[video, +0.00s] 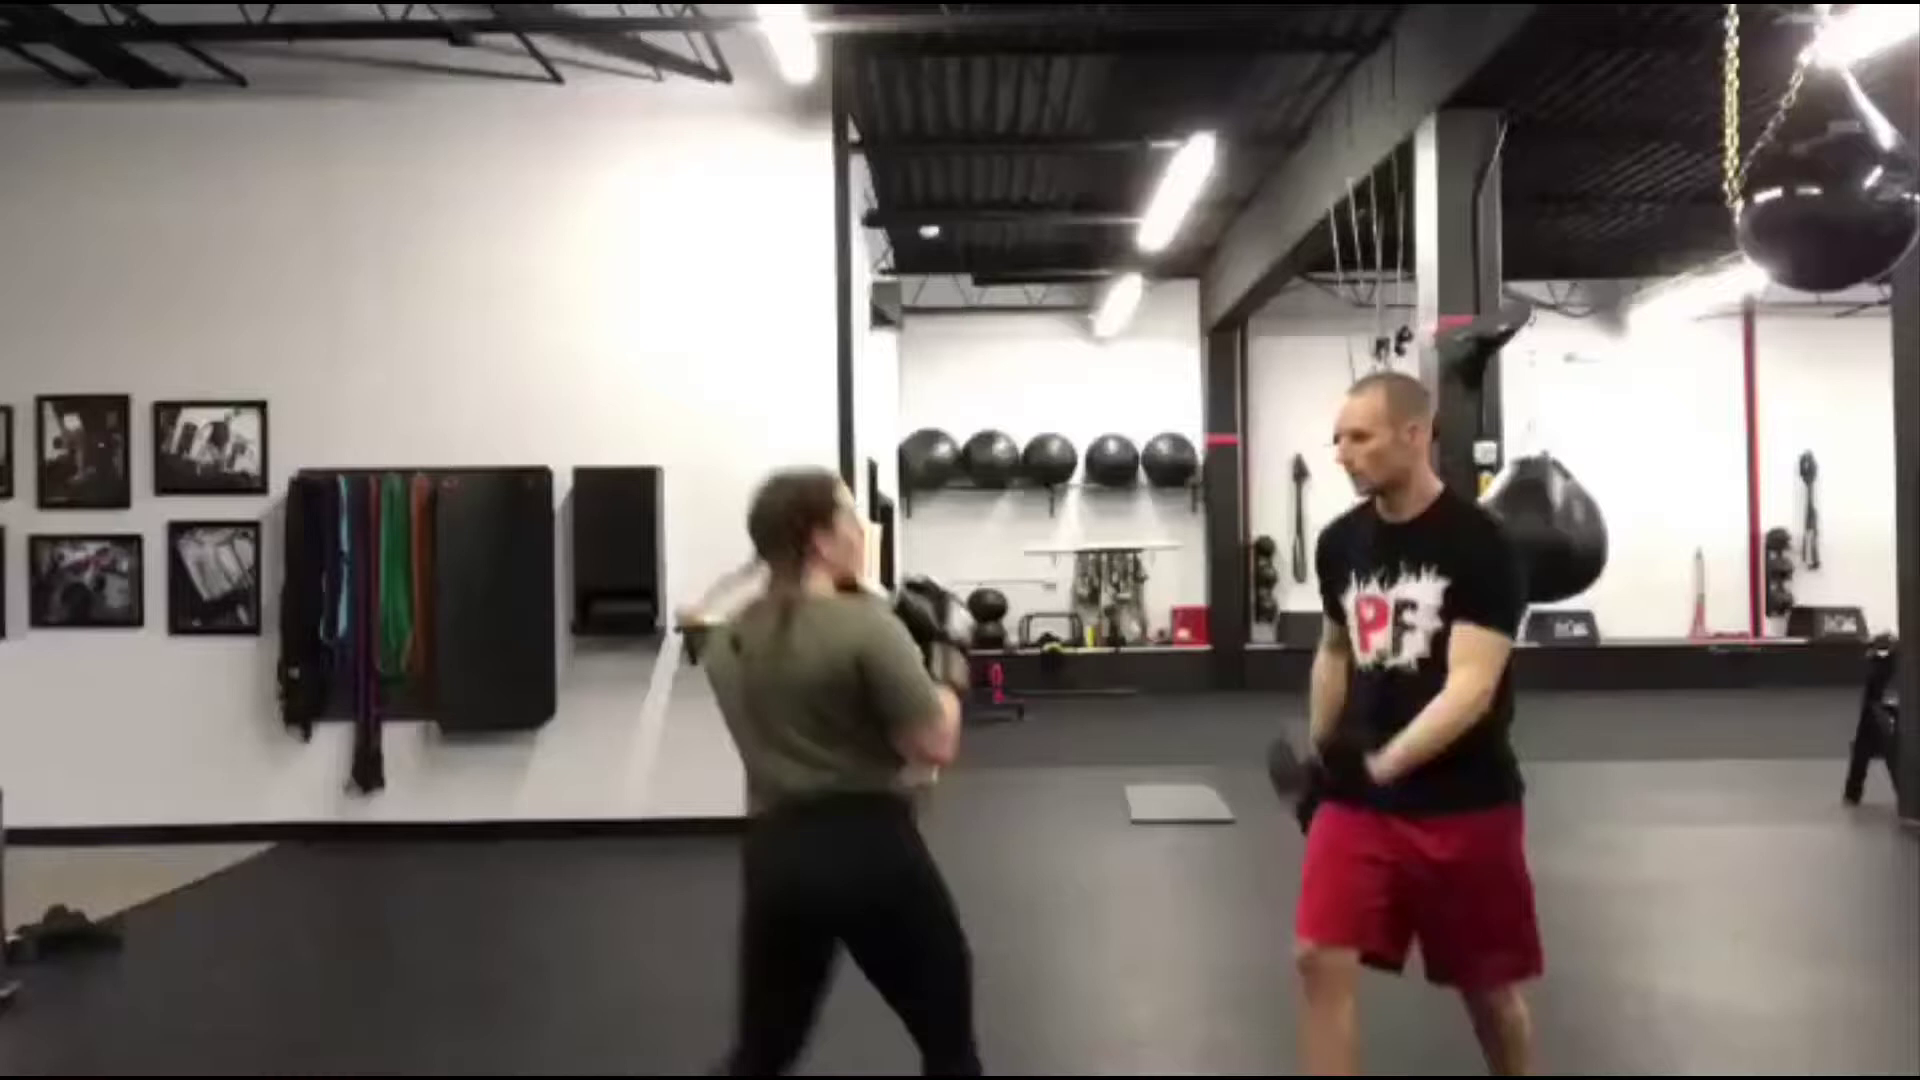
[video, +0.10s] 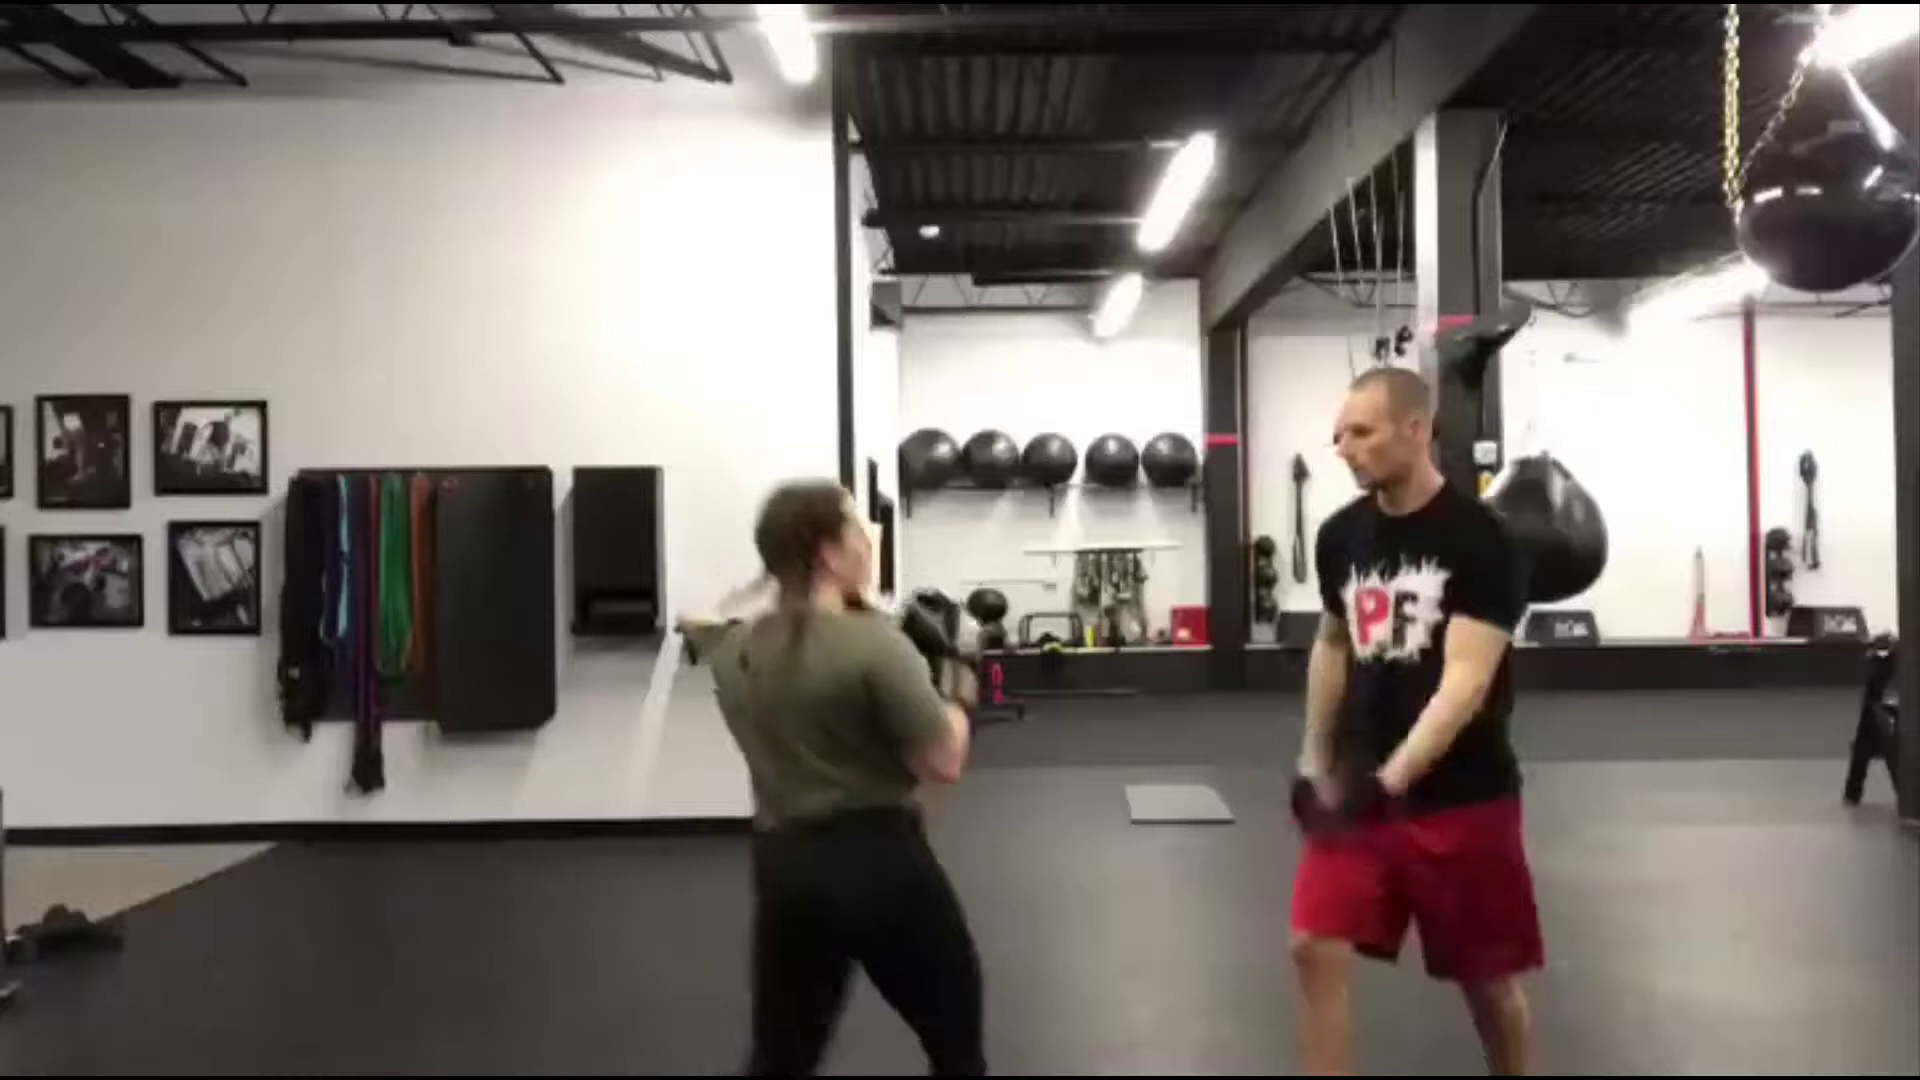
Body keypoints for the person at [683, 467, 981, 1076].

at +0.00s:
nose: (863, 529)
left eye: (855, 515)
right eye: (850, 517)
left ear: (769, 546)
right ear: (817, 540)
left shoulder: (730, 639)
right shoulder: (864, 622)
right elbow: (936, 743)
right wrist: (948, 660)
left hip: (777, 848)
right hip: (871, 845)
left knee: (763, 1047)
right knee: (947, 1039)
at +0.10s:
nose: (870, 541)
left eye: (863, 528)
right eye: (858, 530)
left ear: (777, 561)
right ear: (825, 552)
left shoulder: (736, 653)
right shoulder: (872, 642)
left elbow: (703, 632)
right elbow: (944, 759)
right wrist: (955, 700)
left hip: (787, 862)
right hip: (880, 855)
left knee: (781, 1050)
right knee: (953, 1029)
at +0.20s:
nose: (882, 546)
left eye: (877, 531)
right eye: (872, 533)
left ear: (791, 554)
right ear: (842, 554)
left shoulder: (748, 653)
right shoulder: (894, 653)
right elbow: (947, 776)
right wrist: (964, 715)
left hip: (794, 867)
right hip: (891, 862)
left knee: (784, 1048)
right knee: (964, 1023)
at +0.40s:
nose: (879, 504)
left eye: (874, 489)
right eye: (869, 491)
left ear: (783, 505)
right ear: (842, 505)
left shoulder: (729, 586)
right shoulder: (872, 598)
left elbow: (731, 682)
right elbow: (925, 726)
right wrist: (948, 685)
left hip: (725, 819)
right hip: (827, 825)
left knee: (698, 1031)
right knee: (901, 1019)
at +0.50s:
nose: (869, 542)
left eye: (866, 528)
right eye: (861, 529)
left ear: (772, 542)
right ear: (835, 545)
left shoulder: (706, 625)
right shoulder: (855, 645)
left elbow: (714, 718)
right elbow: (903, 773)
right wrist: (925, 741)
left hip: (691, 851)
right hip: (791, 861)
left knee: (683, 1060)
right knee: (877, 1035)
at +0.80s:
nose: (891, 507)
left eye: (888, 492)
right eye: (885, 493)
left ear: (799, 502)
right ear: (863, 505)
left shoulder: (739, 588)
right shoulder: (886, 603)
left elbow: (742, 692)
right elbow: (929, 741)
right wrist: (963, 668)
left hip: (741, 829)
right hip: (844, 832)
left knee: (705, 1037)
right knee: (946, 981)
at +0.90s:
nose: (921, 503)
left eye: (920, 490)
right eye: (917, 491)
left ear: (832, 501)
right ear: (895, 501)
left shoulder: (777, 586)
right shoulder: (928, 595)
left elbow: (767, 680)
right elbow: (978, 723)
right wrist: (998, 691)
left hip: (795, 818)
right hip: (899, 821)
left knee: (756, 1027)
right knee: (969, 1013)